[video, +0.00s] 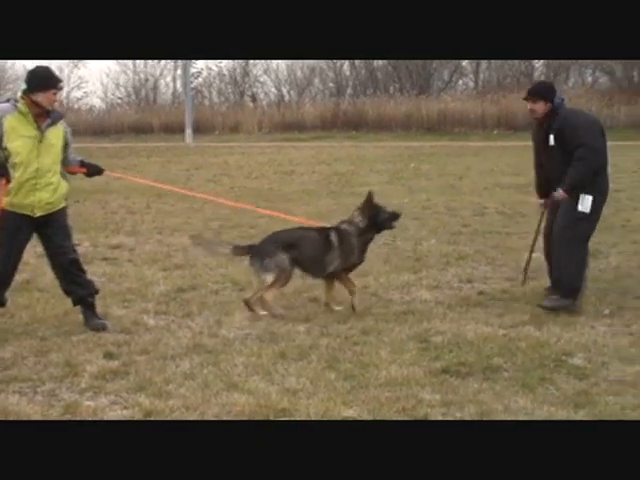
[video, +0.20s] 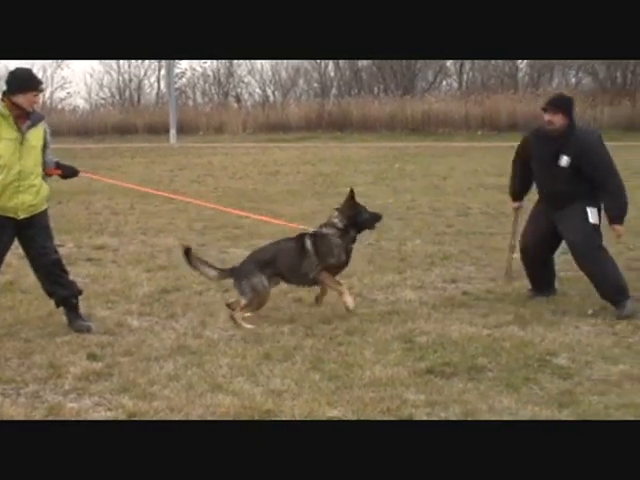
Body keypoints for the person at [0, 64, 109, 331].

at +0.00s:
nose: (55, 97)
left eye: (57, 92)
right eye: (50, 92)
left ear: (54, 93)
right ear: (33, 92)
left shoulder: (59, 126)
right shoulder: (7, 120)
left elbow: (67, 161)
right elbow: (3, 157)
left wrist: (85, 166)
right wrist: (5, 173)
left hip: (52, 206)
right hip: (15, 207)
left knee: (67, 260)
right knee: (4, 266)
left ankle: (89, 310)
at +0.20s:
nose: (37, 98)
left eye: (38, 93)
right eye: (32, 93)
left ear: (36, 95)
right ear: (14, 94)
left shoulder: (38, 125)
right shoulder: (3, 121)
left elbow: (43, 161)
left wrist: (58, 168)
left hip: (33, 207)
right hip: (5, 210)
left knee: (48, 260)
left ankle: (72, 311)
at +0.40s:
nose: (22, 99)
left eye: (24, 93)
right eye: (16, 94)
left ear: (24, 95)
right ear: (2, 95)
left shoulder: (31, 127)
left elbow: (41, 162)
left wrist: (55, 169)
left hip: (21, 209)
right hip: (4, 210)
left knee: (36, 261)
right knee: (33, 260)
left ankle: (59, 312)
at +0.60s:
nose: (15, 100)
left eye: (17, 94)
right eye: (10, 94)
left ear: (19, 96)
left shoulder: (25, 127)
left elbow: (37, 160)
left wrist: (49, 170)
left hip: (16, 209)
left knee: (31, 263)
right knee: (28, 262)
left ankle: (52, 316)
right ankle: (51, 316)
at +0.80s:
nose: (5, 102)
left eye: (8, 97)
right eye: (2, 96)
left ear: (12, 99)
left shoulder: (17, 129)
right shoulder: (13, 130)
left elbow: (30, 162)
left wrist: (41, 174)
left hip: (9, 210)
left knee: (20, 264)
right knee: (17, 264)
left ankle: (41, 319)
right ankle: (40, 317)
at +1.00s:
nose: (1, 100)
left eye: (3, 94)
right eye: (1, 95)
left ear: (6, 96)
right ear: (2, 97)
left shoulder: (14, 129)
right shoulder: (12, 130)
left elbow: (27, 160)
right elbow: (27, 159)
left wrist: (37, 174)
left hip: (8, 210)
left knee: (16, 265)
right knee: (14, 265)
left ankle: (37, 321)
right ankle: (36, 319)